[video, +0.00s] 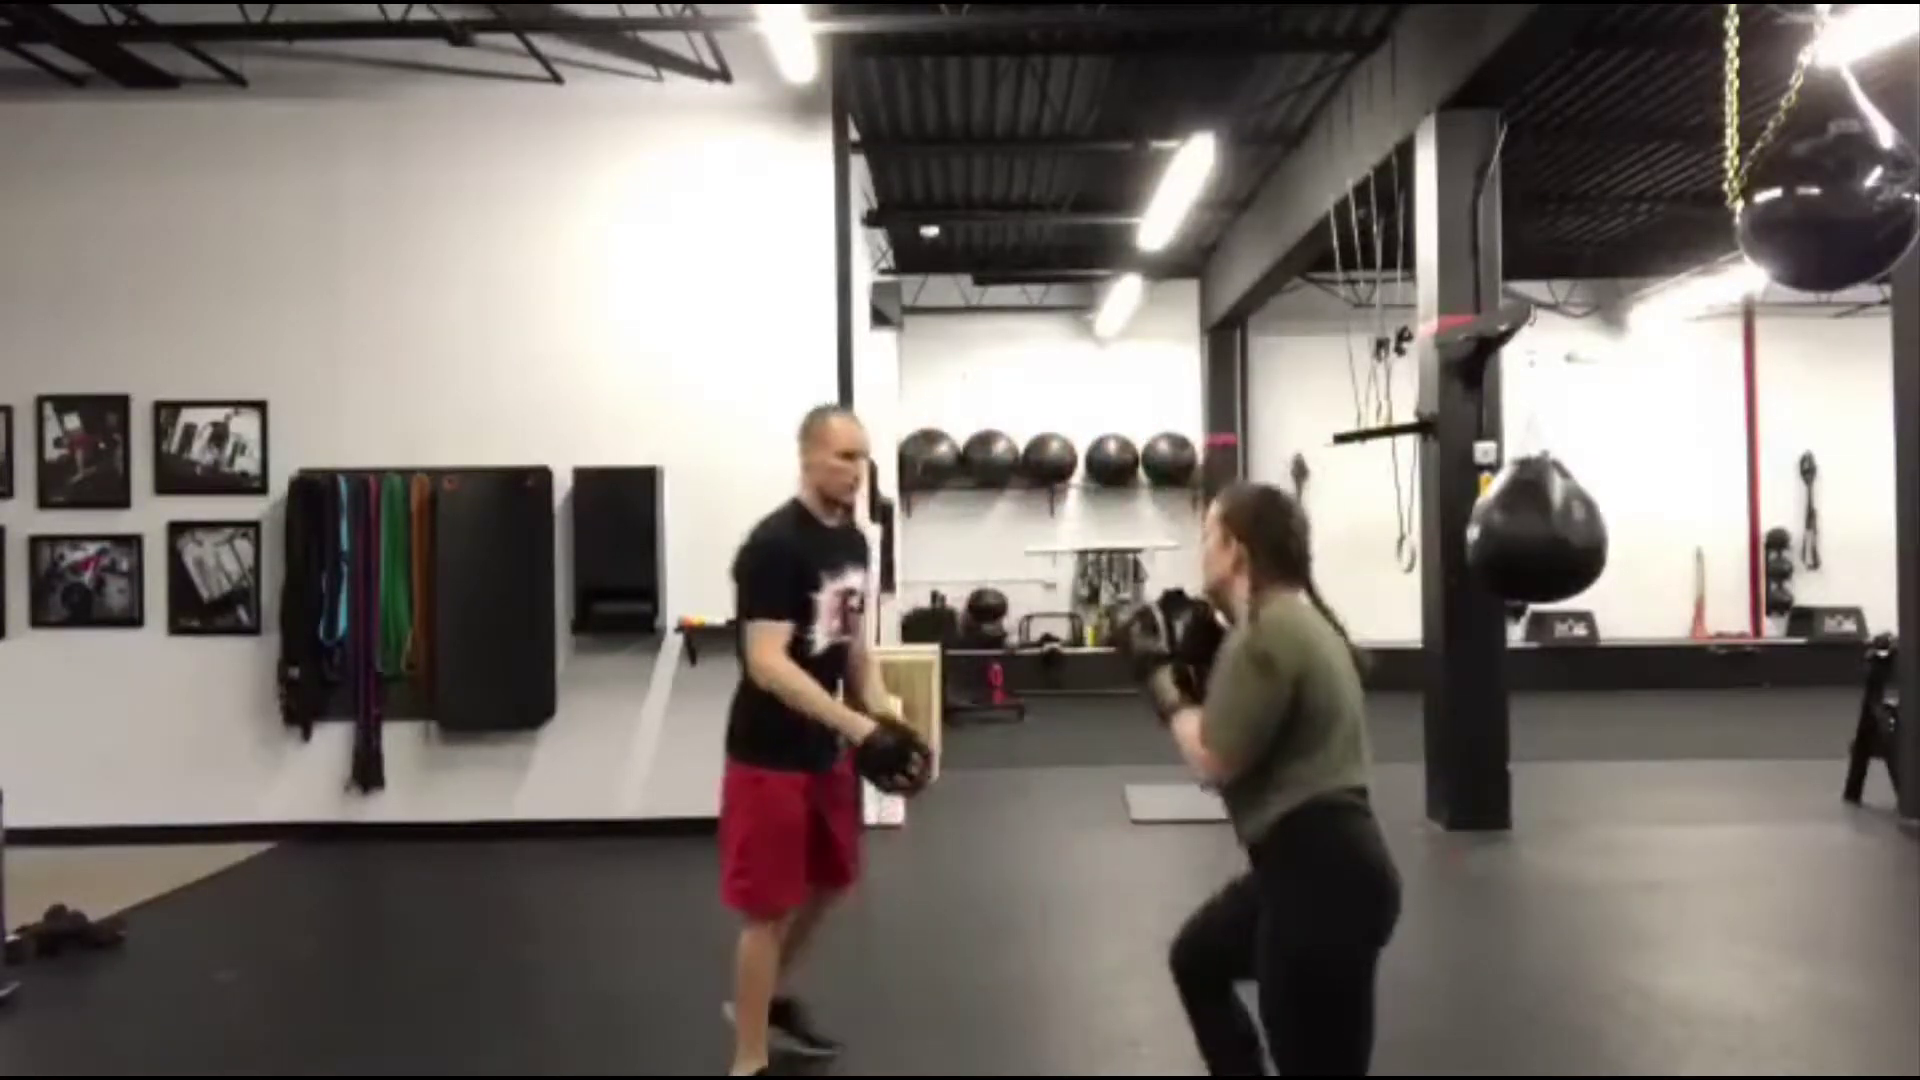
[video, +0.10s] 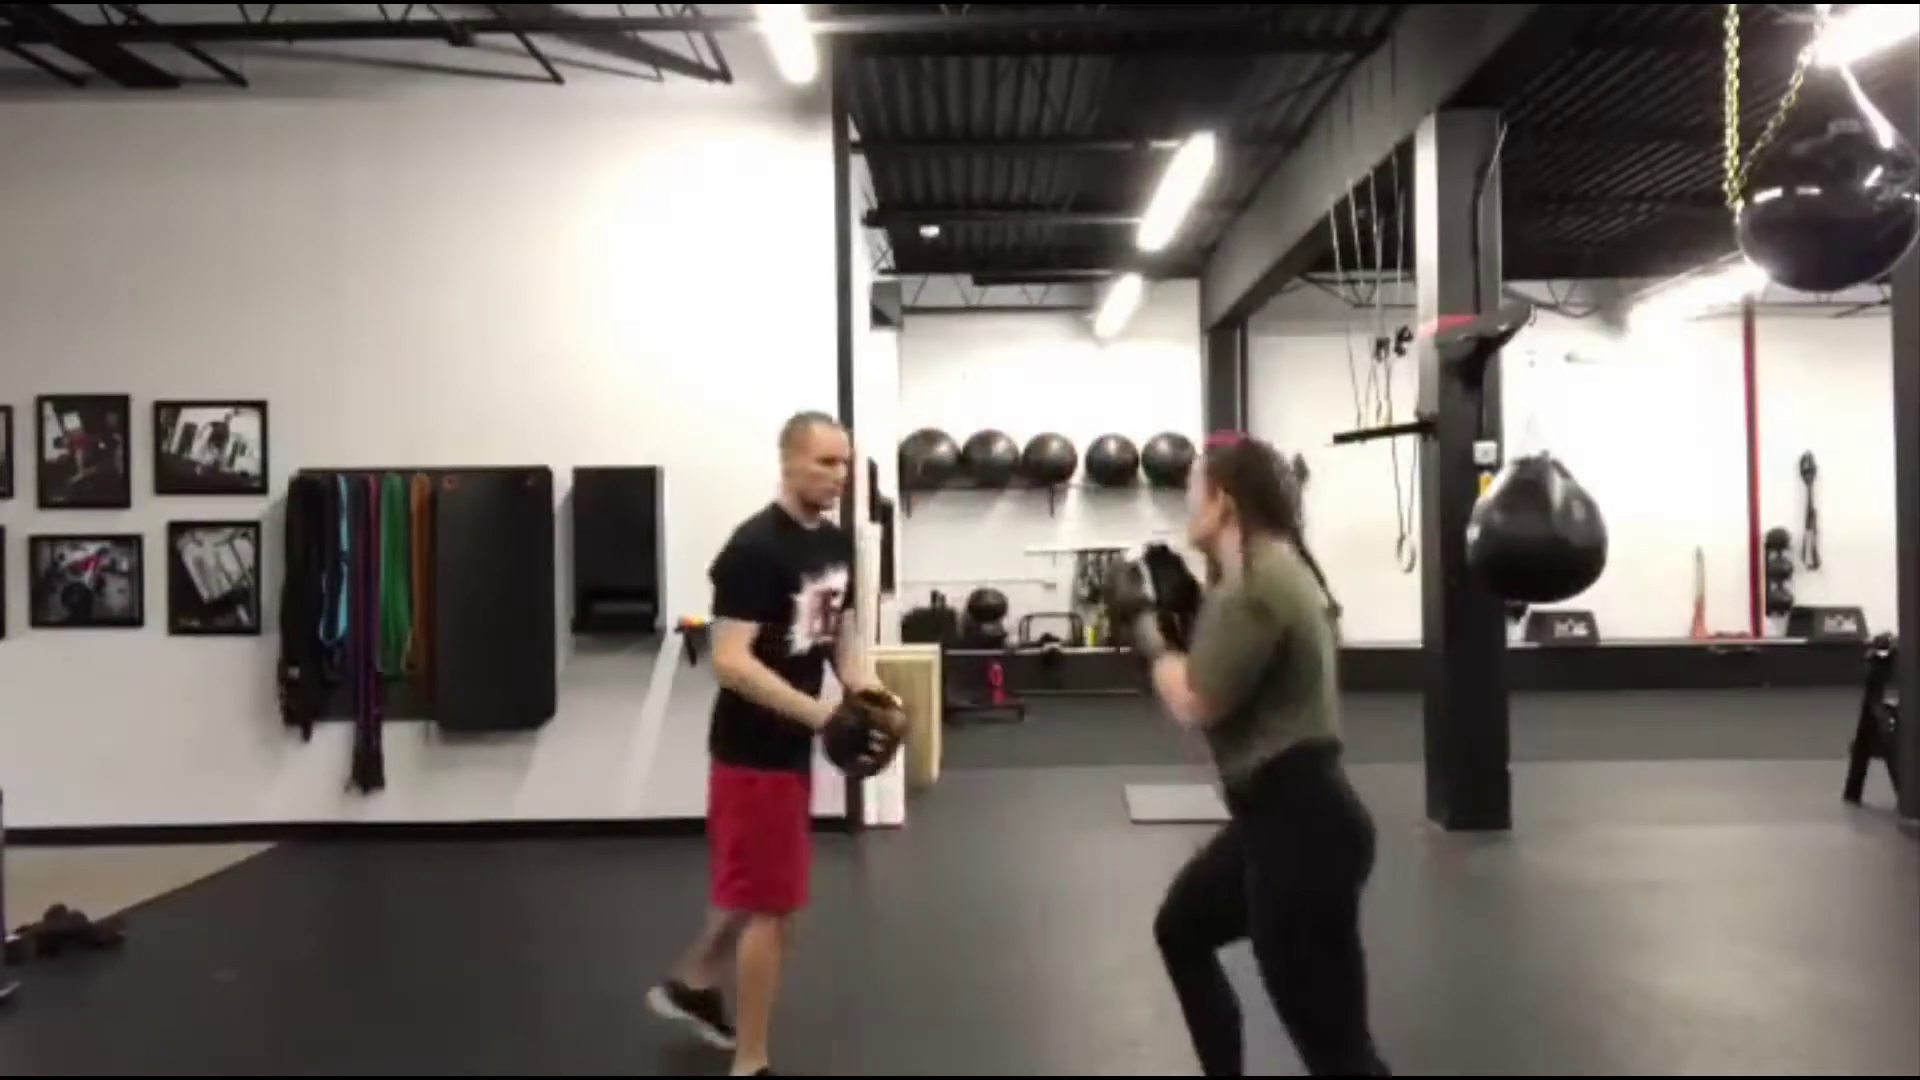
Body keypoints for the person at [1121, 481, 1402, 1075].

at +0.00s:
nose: (1203, 554)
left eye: (1208, 540)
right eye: (1205, 540)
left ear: (1236, 551)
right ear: (1281, 548)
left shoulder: (1265, 636)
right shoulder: (1306, 623)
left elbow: (1213, 761)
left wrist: (1164, 681)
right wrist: (1213, 662)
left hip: (1317, 876)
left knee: (1314, 1061)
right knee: (1198, 957)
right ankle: (1243, 1069)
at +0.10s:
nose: (1188, 508)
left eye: (1194, 493)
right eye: (1191, 493)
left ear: (1223, 500)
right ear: (1252, 499)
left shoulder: (1258, 582)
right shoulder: (1282, 572)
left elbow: (1193, 702)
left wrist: (1153, 638)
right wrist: (1195, 605)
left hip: (1302, 826)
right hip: (1288, 819)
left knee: (1334, 1045)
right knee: (1182, 928)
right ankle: (1224, 1068)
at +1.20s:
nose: (1149, 520)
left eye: (1158, 508)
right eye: (1153, 508)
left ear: (1189, 518)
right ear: (1194, 519)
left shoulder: (1217, 600)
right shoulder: (1196, 595)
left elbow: (1142, 688)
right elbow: (1155, 673)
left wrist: (1114, 618)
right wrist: (1130, 606)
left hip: (1230, 797)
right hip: (1191, 793)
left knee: (1250, 985)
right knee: (1134, 933)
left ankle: (1346, 1065)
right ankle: (1143, 1069)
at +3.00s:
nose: (1113, 513)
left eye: (1120, 501)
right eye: (1115, 501)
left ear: (1152, 510)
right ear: (1155, 511)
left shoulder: (1207, 582)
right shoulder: (1152, 576)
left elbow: (1158, 676)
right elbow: (1131, 632)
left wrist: (1110, 595)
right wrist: (1075, 575)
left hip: (1213, 774)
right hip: (1154, 771)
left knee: (1257, 940)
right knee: (1071, 900)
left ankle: (1347, 1068)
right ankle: (1078, 1043)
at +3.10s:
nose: (1084, 528)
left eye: (1093, 517)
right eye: (1087, 517)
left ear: (1126, 526)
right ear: (1124, 526)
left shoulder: (1181, 604)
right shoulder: (1099, 585)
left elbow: (1152, 700)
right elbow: (1025, 573)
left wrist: (1096, 621)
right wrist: (962, 536)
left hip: (1181, 778)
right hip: (1117, 776)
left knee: (1231, 943)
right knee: (1056, 918)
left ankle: (1327, 1068)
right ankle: (1048, 1057)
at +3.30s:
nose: (1068, 530)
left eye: (1079, 520)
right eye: (1071, 520)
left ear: (1112, 533)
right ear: (1102, 534)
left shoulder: (1159, 608)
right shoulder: (1085, 599)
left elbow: (1128, 709)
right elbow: (1036, 645)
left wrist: (1080, 634)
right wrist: (1014, 615)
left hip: (1160, 787)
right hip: (1098, 785)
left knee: (1209, 947)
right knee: (1043, 926)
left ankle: (1304, 1068)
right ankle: (1050, 1061)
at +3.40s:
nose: (1080, 510)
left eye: (1091, 500)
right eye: (1083, 498)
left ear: (1128, 510)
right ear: (1121, 510)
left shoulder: (1175, 578)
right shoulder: (1095, 574)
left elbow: (1140, 673)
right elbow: (1088, 664)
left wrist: (1090, 599)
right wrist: (1047, 613)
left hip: (1191, 759)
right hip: (1128, 759)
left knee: (1213, 922)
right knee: (1080, 909)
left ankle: (1312, 1059)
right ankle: (1048, 1050)